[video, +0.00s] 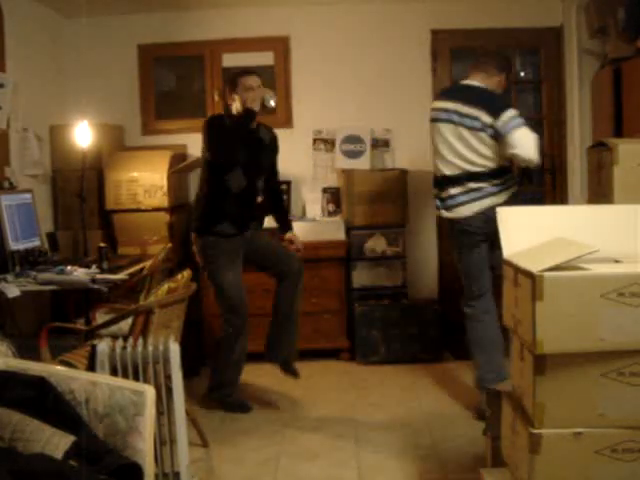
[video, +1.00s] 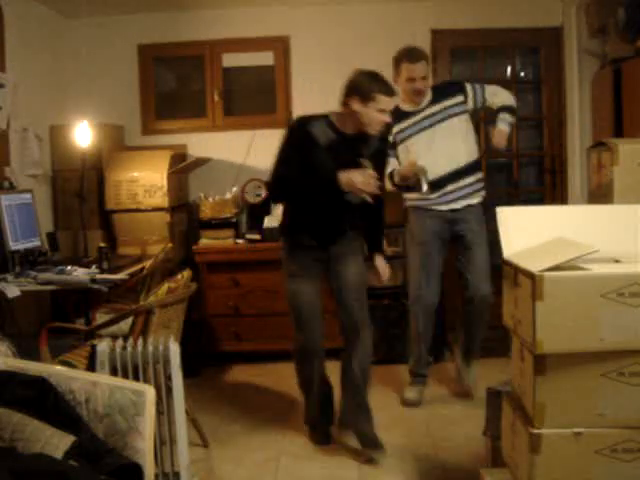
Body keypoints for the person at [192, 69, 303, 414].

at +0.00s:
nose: (255, 95)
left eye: (258, 89)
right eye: (248, 90)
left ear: (264, 94)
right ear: (233, 96)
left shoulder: (266, 137)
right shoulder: (217, 125)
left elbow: (272, 186)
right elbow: (222, 156)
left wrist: (285, 228)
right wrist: (250, 115)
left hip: (250, 233)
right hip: (217, 236)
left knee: (291, 267)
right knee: (236, 312)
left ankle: (282, 349)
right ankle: (221, 391)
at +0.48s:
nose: (260, 82)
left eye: (266, 76)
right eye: (253, 76)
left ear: (278, 83)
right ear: (244, 83)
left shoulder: (296, 123)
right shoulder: (233, 119)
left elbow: (320, 174)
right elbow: (202, 149)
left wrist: (332, 222)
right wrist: (234, 108)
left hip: (290, 218)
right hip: (253, 223)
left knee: (310, 264)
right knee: (261, 307)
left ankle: (310, 349)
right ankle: (255, 385)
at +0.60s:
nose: (271, 93)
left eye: (276, 86)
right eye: (263, 87)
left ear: (288, 89)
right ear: (253, 91)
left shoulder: (307, 128)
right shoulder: (242, 124)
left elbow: (333, 180)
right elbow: (212, 160)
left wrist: (344, 228)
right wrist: (245, 118)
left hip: (301, 226)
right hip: (262, 230)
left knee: (310, 293)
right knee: (277, 311)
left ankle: (315, 375)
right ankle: (287, 395)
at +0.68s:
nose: (292, 121)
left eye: (297, 114)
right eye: (285, 114)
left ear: (303, 113)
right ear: (268, 113)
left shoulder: (321, 149)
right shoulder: (253, 146)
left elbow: (353, 198)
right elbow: (225, 182)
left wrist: (361, 243)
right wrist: (263, 145)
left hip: (317, 256)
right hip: (275, 258)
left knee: (317, 334)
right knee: (283, 338)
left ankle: (318, 411)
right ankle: (294, 401)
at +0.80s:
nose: (329, 120)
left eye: (332, 112)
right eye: (322, 112)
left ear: (333, 111)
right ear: (299, 110)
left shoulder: (338, 142)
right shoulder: (271, 137)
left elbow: (363, 190)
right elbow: (244, 184)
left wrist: (370, 233)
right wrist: (292, 157)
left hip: (329, 240)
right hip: (287, 242)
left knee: (336, 309)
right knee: (294, 322)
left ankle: (330, 385)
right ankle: (299, 396)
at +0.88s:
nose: (347, 115)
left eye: (349, 107)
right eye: (341, 106)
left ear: (347, 104)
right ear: (317, 102)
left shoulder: (350, 135)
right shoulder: (280, 130)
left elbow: (364, 186)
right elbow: (254, 184)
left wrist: (372, 230)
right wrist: (308, 160)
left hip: (335, 230)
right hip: (293, 233)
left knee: (343, 289)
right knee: (295, 318)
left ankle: (337, 373)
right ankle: (305, 389)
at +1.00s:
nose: (388, 119)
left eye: (390, 111)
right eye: (382, 111)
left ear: (362, 107)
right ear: (355, 105)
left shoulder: (374, 143)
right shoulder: (305, 131)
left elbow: (374, 200)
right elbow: (278, 188)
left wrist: (376, 250)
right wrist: (339, 179)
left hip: (346, 243)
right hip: (302, 244)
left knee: (358, 330)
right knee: (310, 338)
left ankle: (357, 420)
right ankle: (318, 419)